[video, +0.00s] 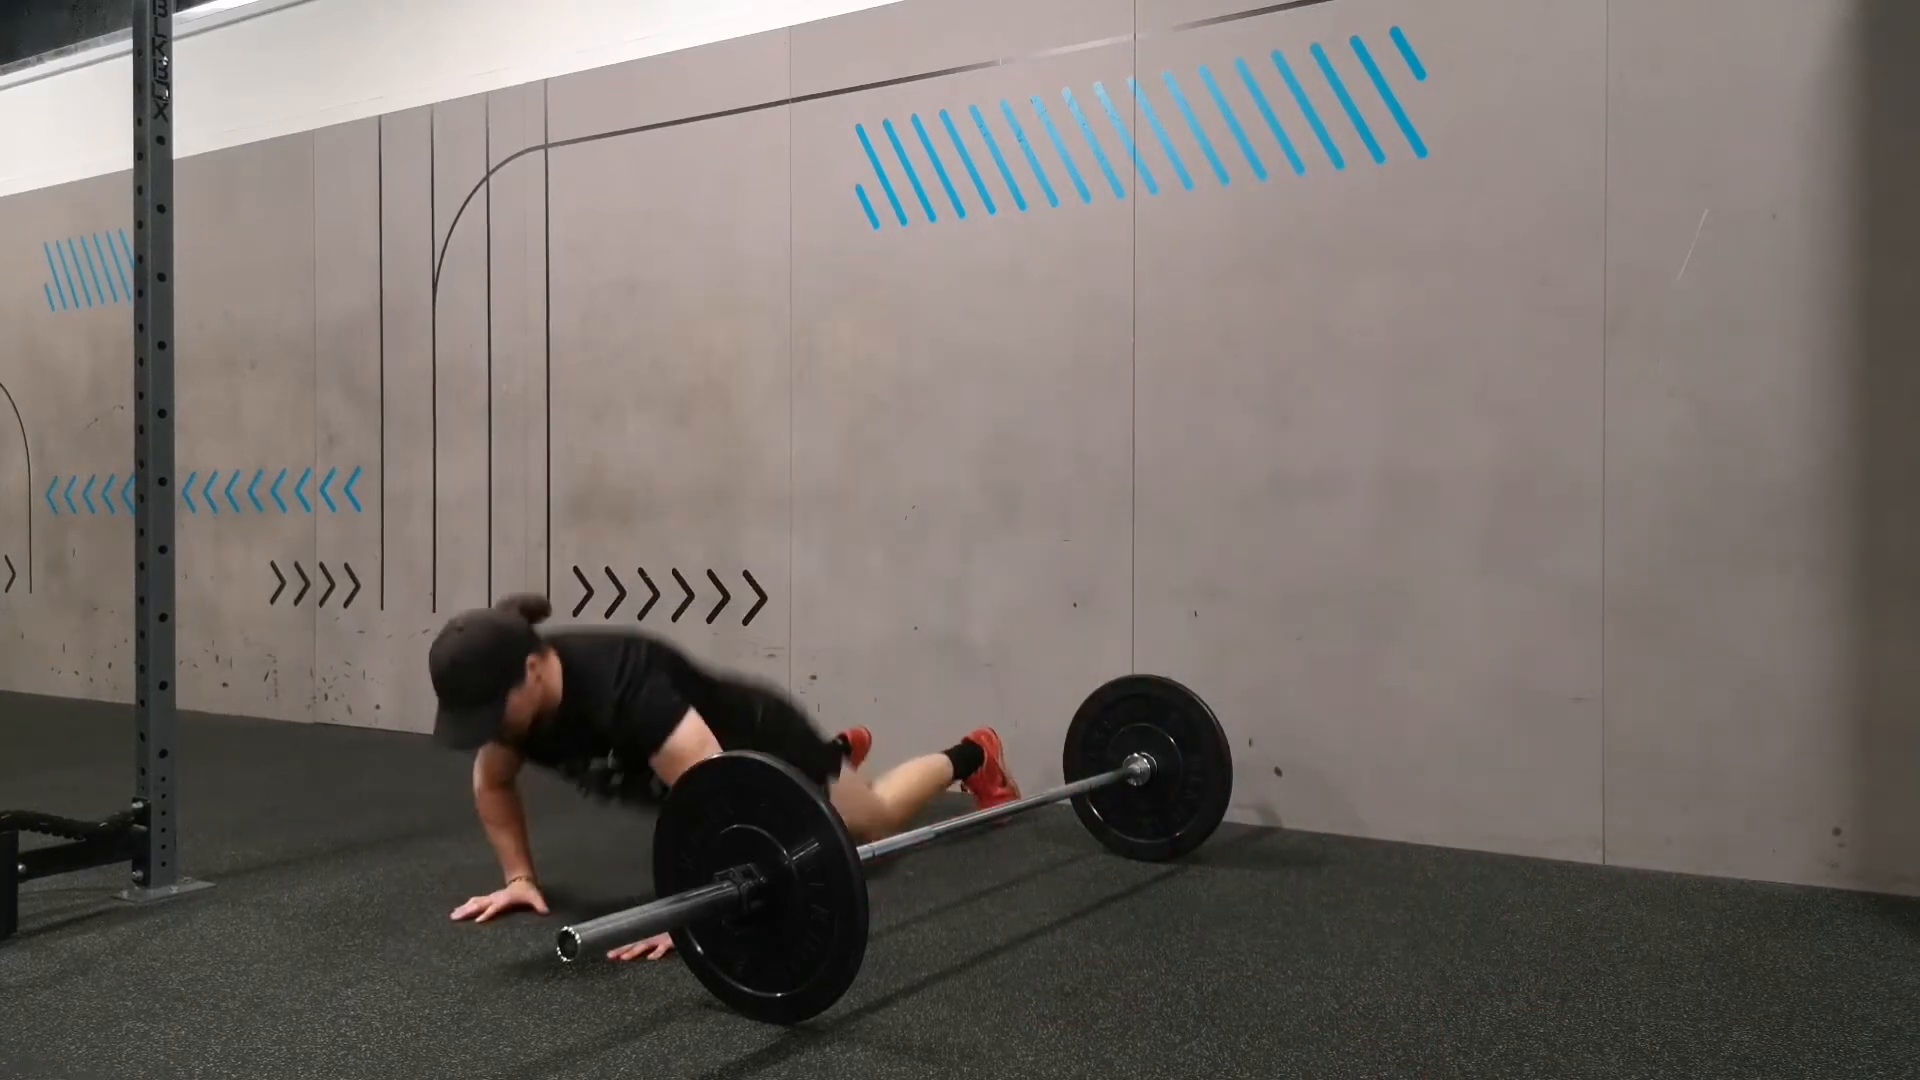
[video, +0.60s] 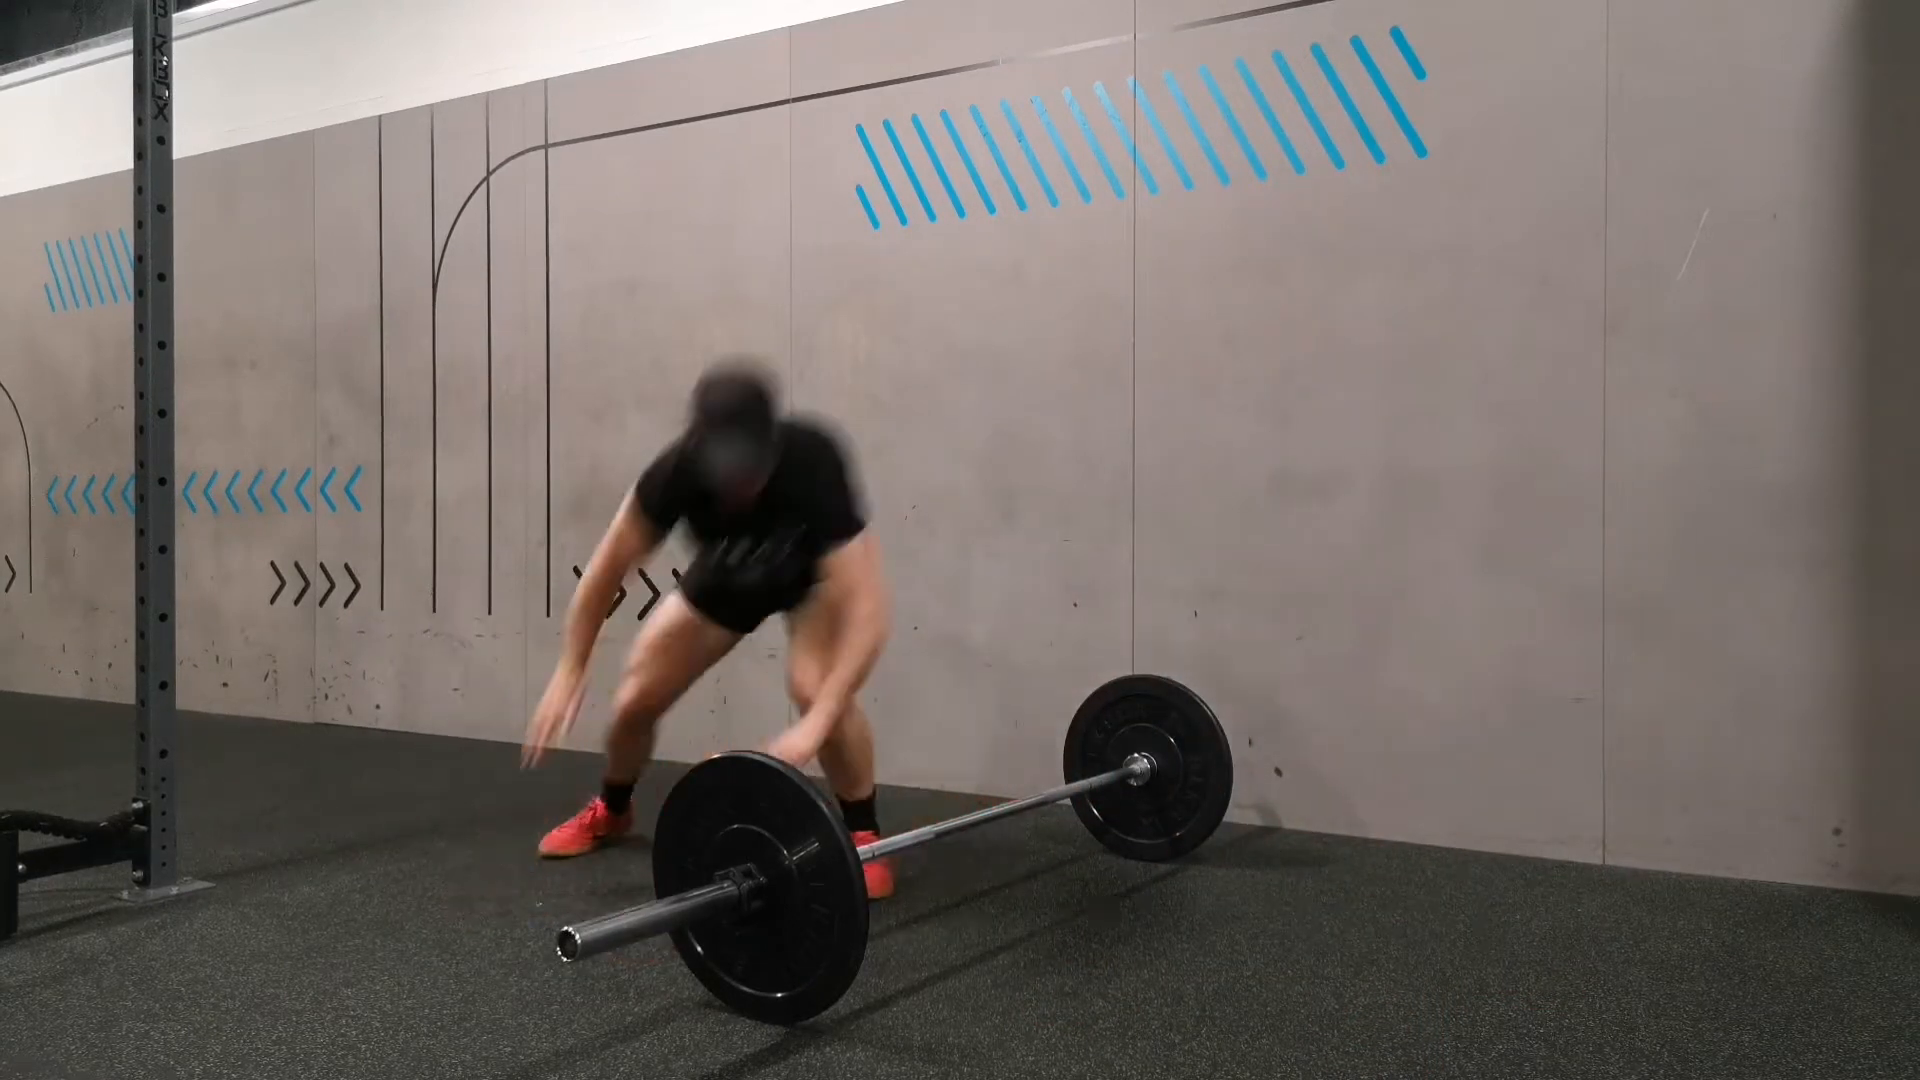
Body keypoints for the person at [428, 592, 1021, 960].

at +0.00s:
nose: (495, 728)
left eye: (497, 713)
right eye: (485, 721)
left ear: (532, 674)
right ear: (497, 695)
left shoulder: (623, 680)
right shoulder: (511, 697)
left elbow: (717, 790)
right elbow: (492, 782)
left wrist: (684, 910)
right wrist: (518, 878)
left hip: (767, 746)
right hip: (691, 758)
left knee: (870, 816)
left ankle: (968, 756)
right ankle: (838, 760)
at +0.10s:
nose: (497, 714)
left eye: (497, 699)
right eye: (486, 707)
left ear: (527, 658)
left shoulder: (614, 656)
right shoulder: (508, 668)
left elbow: (702, 791)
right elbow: (500, 775)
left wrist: (683, 909)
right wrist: (518, 878)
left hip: (765, 661)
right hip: (693, 689)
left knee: (858, 751)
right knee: (733, 750)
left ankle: (970, 747)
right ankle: (824, 760)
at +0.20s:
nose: (536, 710)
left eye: (538, 693)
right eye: (524, 700)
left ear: (562, 651)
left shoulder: (640, 635)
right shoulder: (525, 643)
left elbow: (681, 775)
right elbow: (522, 764)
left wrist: (678, 906)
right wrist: (521, 877)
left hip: (770, 554)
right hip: (695, 569)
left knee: (851, 724)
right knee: (690, 711)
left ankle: (946, 726)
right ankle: (790, 722)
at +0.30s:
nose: (597, 683)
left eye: (598, 666)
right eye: (582, 674)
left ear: (618, 626)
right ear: (553, 645)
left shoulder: (676, 604)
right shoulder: (572, 627)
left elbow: (706, 756)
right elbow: (555, 761)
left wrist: (676, 898)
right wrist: (524, 878)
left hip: (778, 504)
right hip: (693, 502)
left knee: (814, 683)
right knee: (616, 686)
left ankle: (904, 757)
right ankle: (700, 743)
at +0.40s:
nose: (622, 661)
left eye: (634, 643)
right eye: (607, 652)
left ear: (663, 588)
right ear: (584, 603)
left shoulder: (722, 574)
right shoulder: (598, 599)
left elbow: (757, 717)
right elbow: (570, 738)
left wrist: (695, 834)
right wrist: (519, 863)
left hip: (785, 524)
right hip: (690, 516)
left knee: (794, 663)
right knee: (601, 694)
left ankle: (858, 820)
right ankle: (609, 808)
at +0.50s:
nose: (665, 603)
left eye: (681, 592)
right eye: (660, 597)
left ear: (708, 545)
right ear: (636, 547)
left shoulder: (766, 541)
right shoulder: (623, 557)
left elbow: (803, 679)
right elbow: (568, 678)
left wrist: (768, 763)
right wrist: (522, 801)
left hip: (791, 583)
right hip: (692, 593)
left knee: (805, 695)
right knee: (595, 712)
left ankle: (862, 839)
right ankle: (610, 815)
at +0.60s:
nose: (736, 478)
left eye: (746, 466)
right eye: (722, 466)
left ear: (769, 442)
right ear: (700, 445)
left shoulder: (814, 461)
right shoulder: (680, 470)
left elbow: (869, 608)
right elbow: (606, 571)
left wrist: (815, 724)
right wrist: (570, 671)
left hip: (812, 578)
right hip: (727, 577)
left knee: (818, 692)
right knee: (633, 702)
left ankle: (865, 838)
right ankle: (611, 811)